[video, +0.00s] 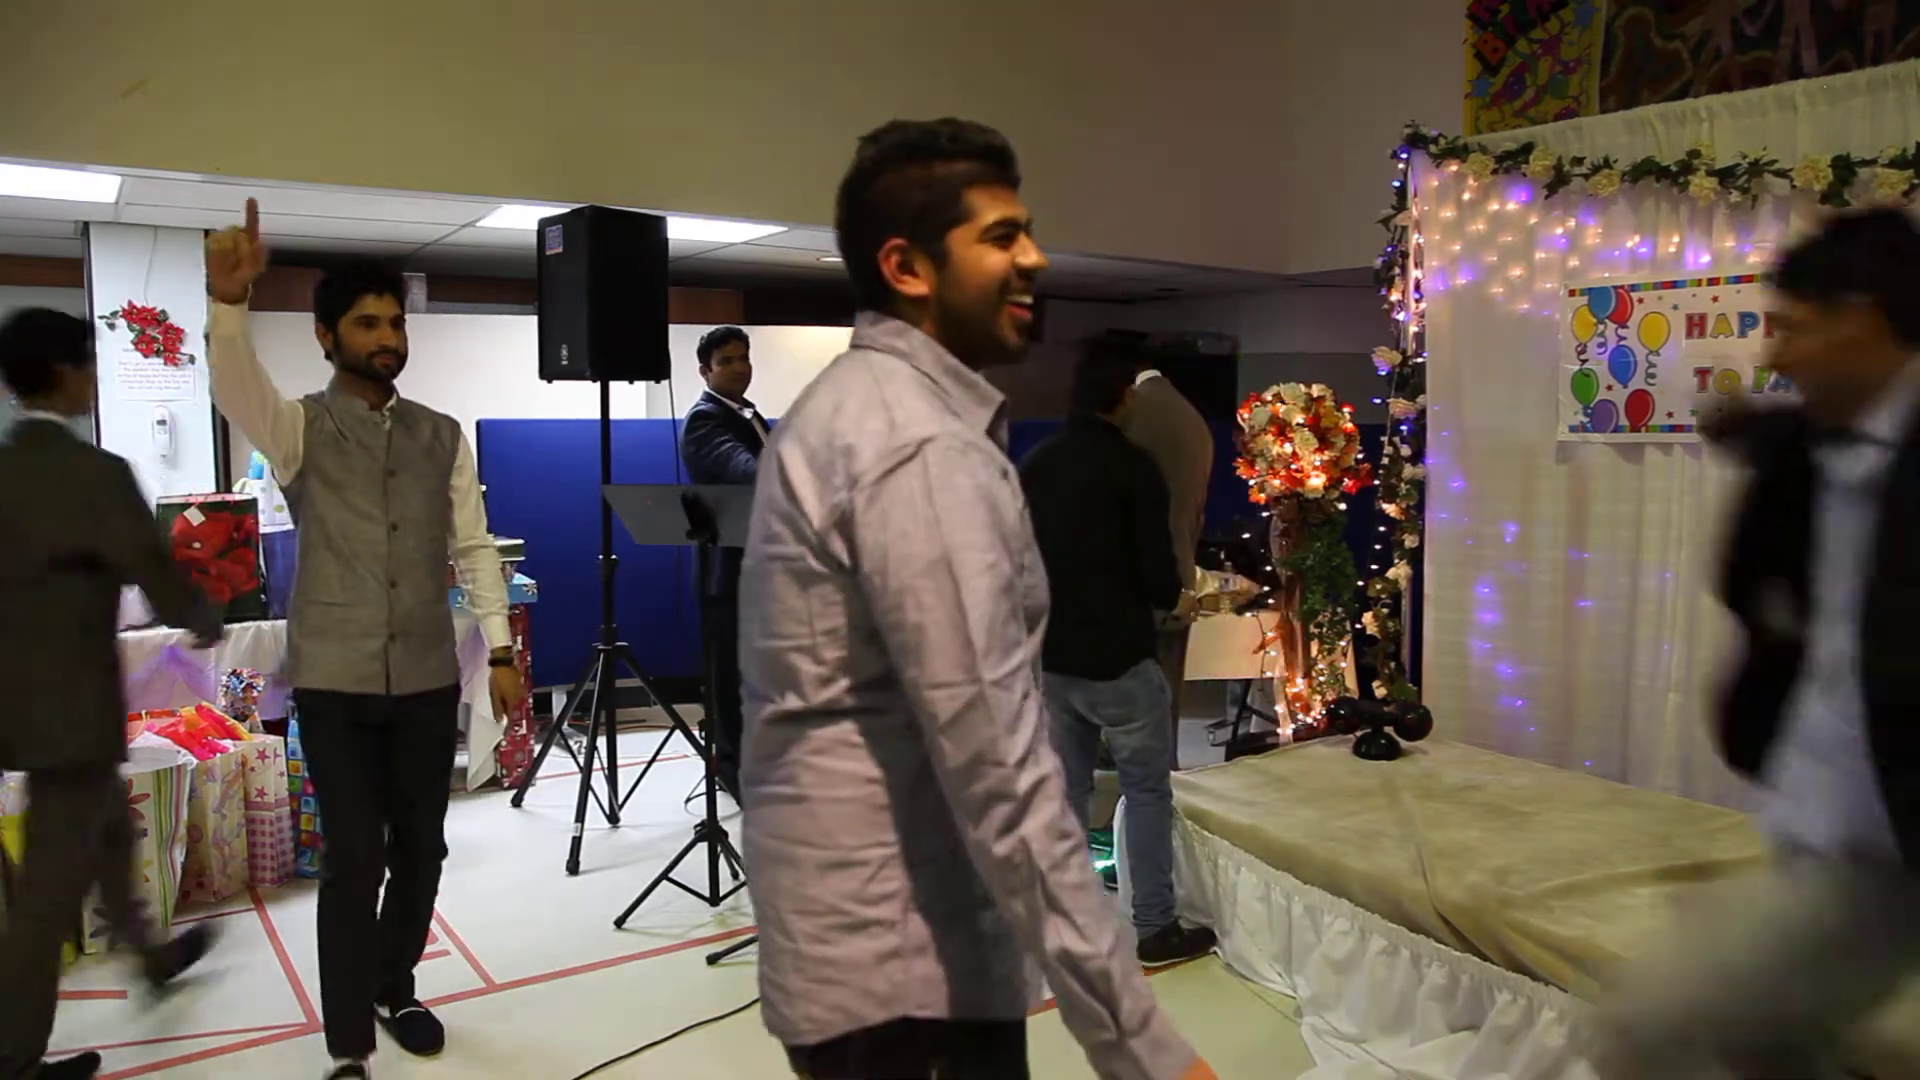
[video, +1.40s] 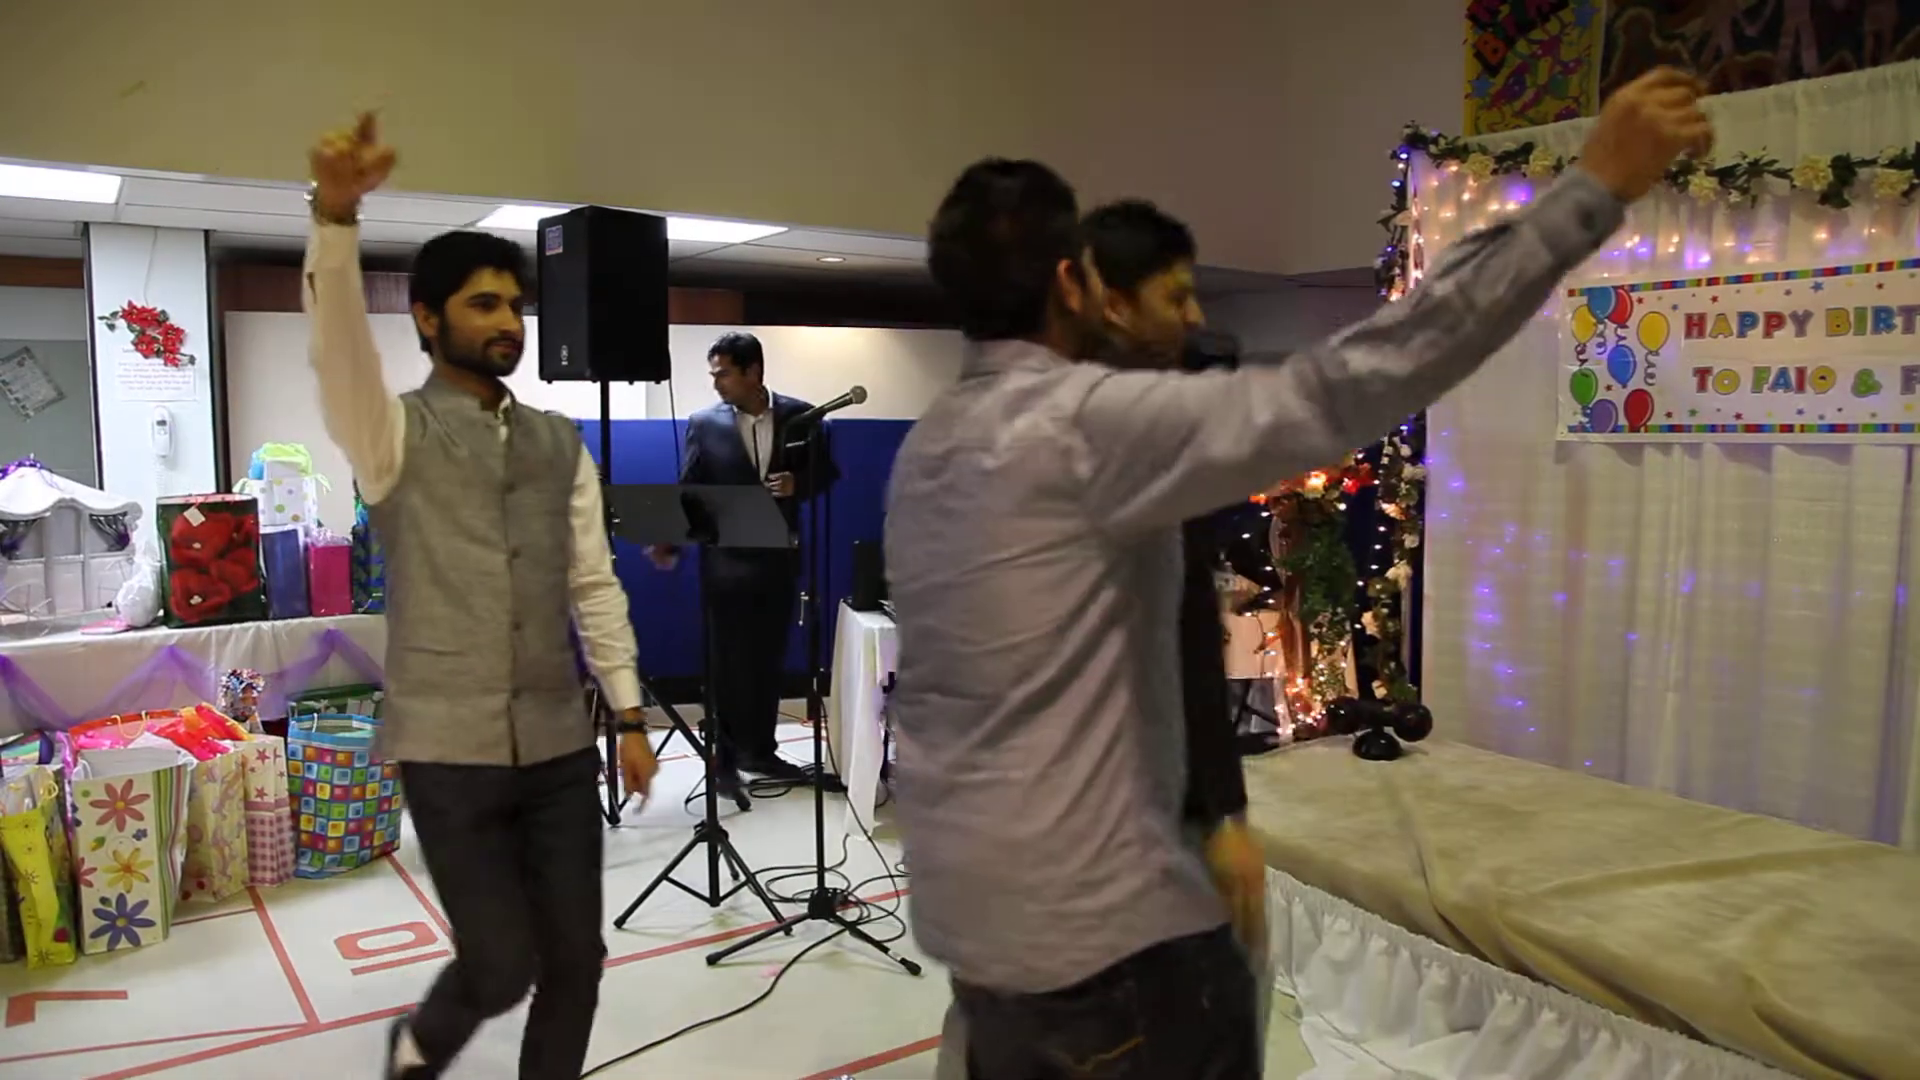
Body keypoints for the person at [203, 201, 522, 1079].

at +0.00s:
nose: (387, 336)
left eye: (395, 323)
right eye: (369, 323)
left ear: (406, 336)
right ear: (328, 334)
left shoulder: (443, 435)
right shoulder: (299, 429)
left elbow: (476, 548)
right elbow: (239, 386)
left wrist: (499, 645)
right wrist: (229, 298)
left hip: (427, 677)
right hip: (334, 680)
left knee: (422, 851)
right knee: (353, 856)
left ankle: (394, 986)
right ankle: (347, 1043)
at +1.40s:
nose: (504, 321)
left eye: (514, 305)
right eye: (481, 304)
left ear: (526, 320)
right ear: (428, 322)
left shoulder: (561, 443)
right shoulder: (395, 438)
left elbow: (594, 584)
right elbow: (339, 347)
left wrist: (628, 712)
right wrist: (334, 215)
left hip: (558, 740)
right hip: (446, 746)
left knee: (575, 961)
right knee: (503, 965)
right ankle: (418, 1051)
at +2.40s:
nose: (517, 267)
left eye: (525, 251)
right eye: (489, 248)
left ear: (537, 273)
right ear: (424, 269)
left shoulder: (577, 408)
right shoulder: (395, 396)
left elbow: (655, 524)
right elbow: (358, 274)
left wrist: (749, 632)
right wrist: (342, 89)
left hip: (570, 757)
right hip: (453, 763)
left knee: (538, 1027)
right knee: (480, 1039)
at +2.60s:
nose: (497, 255)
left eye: (504, 238)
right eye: (466, 236)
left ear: (511, 260)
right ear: (401, 257)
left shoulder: (533, 394)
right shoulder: (367, 389)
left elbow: (636, 451)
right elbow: (349, 256)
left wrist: (746, 486)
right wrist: (353, 70)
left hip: (547, 780)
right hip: (430, 794)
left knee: (580, 1035)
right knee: (492, 1060)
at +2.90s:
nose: (495, 268)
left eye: (501, 251)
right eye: (468, 246)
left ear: (510, 271)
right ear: (404, 268)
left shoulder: (503, 406)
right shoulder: (367, 419)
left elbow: (599, 384)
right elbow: (402, 265)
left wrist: (698, 310)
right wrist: (443, 49)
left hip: (541, 822)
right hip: (442, 846)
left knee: (640, 1052)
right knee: (511, 1075)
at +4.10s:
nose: (616, 262)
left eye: (608, 238)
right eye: (589, 239)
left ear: (582, 252)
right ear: (513, 256)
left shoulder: (587, 384)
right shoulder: (461, 418)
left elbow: (692, 322)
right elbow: (500, 249)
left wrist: (790, 207)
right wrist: (563, 29)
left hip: (635, 820)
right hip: (563, 849)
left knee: (686, 1063)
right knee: (661, 1070)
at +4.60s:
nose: (731, 218)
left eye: (723, 196)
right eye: (698, 201)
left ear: (688, 221)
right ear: (621, 217)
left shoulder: (717, 361)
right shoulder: (581, 396)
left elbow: (837, 297)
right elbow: (664, 197)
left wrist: (954, 187)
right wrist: (737, 1)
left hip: (739, 827)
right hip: (668, 850)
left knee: (709, 1065)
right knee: (757, 1069)